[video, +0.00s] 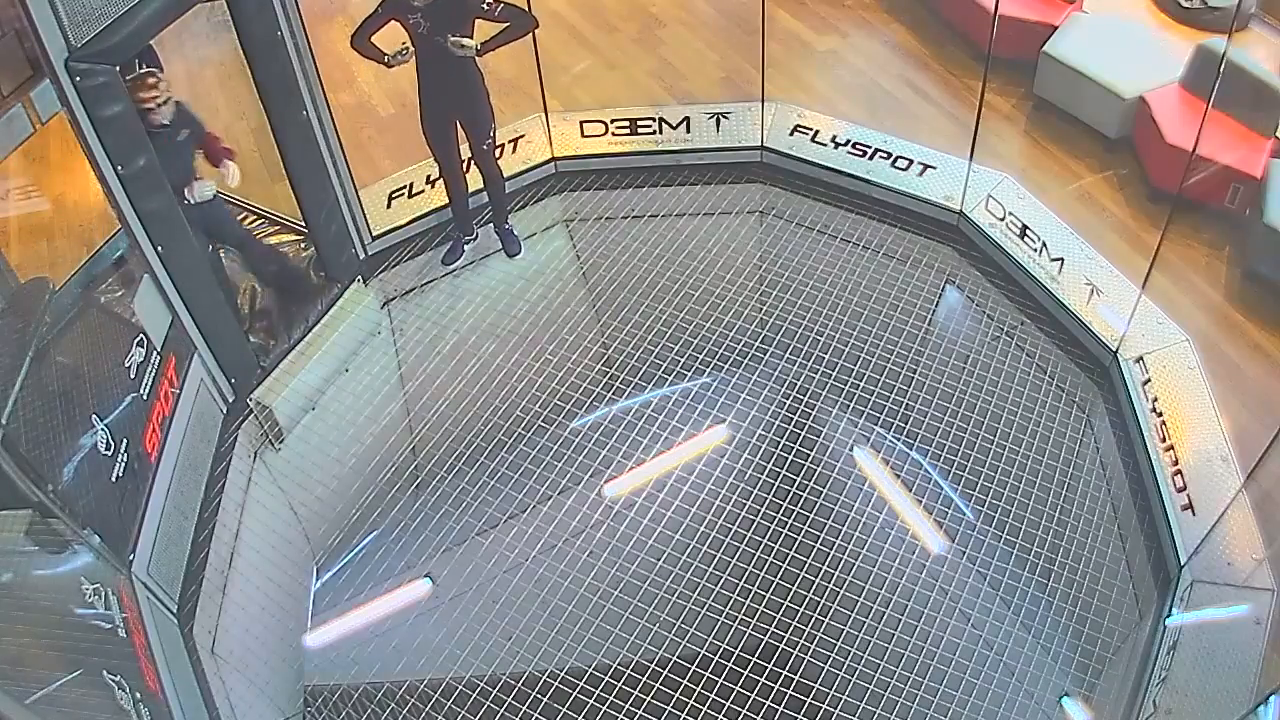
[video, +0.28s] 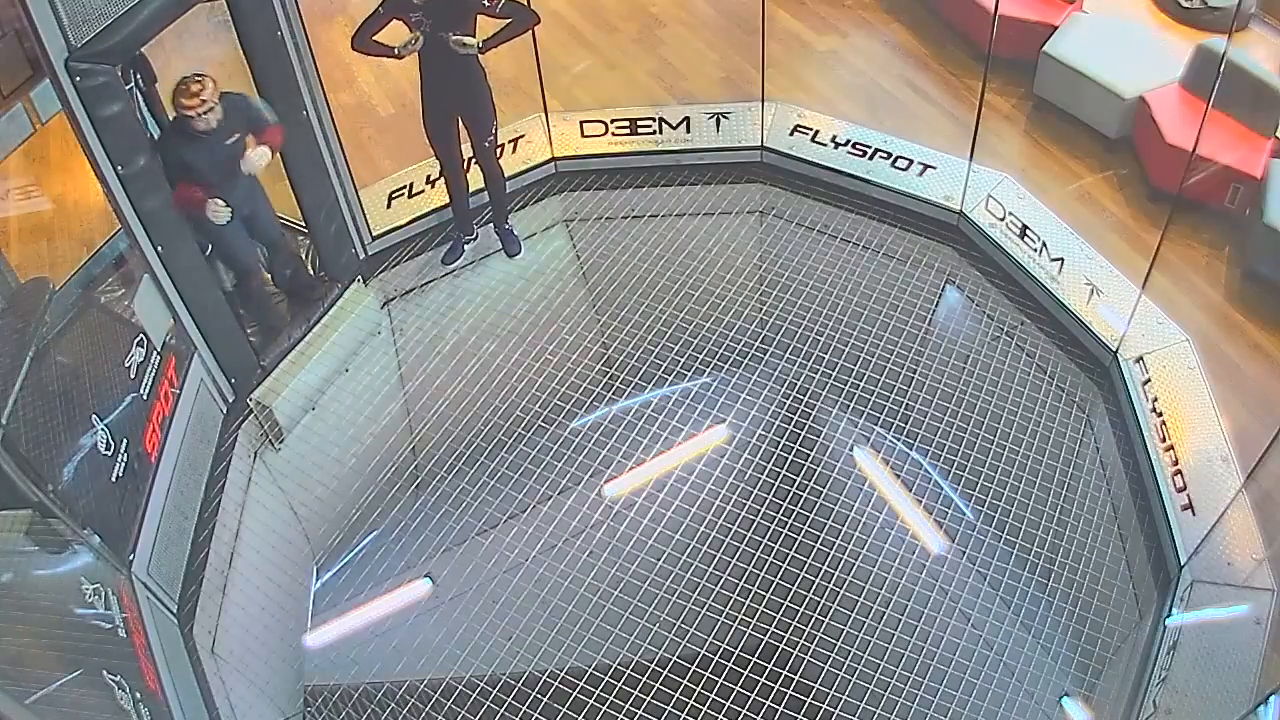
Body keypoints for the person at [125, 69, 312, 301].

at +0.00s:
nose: (152, 105)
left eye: (156, 95)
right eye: (144, 99)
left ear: (166, 92)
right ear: (132, 101)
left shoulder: (178, 113)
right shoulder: (132, 134)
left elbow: (203, 138)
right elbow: (144, 191)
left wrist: (222, 158)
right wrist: (184, 193)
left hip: (196, 196)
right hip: (167, 211)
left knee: (241, 238)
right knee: (204, 261)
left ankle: (293, 282)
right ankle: (232, 327)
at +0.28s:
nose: (206, 119)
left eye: (209, 110)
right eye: (195, 117)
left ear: (219, 99)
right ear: (182, 114)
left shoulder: (237, 105)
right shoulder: (172, 143)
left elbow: (271, 127)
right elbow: (177, 187)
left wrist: (266, 148)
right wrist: (202, 205)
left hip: (245, 185)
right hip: (212, 208)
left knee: (275, 238)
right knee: (247, 263)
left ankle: (299, 283)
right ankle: (271, 319)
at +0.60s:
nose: (249, 152)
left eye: (251, 141)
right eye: (239, 150)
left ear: (257, 126)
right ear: (225, 148)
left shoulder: (270, 113)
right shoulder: (208, 167)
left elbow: (318, 109)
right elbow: (198, 209)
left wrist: (298, 154)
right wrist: (240, 213)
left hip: (278, 190)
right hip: (238, 213)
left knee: (306, 245)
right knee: (268, 268)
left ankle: (312, 283)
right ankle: (286, 314)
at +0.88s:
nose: (286, 202)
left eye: (289, 193)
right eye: (276, 199)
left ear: (296, 177)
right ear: (261, 195)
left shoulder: (311, 169)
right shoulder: (244, 210)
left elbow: (356, 178)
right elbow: (222, 237)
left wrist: (334, 210)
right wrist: (254, 258)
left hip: (312, 240)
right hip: (274, 256)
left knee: (326, 283)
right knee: (294, 308)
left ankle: (329, 304)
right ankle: (292, 330)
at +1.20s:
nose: (326, 271)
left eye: (329, 262)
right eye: (317, 268)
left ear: (339, 246)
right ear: (302, 265)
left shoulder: (359, 240)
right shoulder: (285, 268)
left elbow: (416, 255)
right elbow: (253, 329)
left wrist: (450, 301)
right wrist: (275, 383)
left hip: (350, 287)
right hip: (303, 299)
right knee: (277, 339)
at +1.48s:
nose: (381, 346)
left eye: (384, 334)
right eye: (369, 343)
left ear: (387, 307)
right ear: (346, 330)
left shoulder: (390, 290)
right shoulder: (325, 321)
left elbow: (455, 331)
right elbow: (328, 396)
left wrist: (499, 390)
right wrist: (364, 457)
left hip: (343, 243)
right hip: (288, 256)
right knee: (242, 227)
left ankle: (302, 163)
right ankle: (236, 156)